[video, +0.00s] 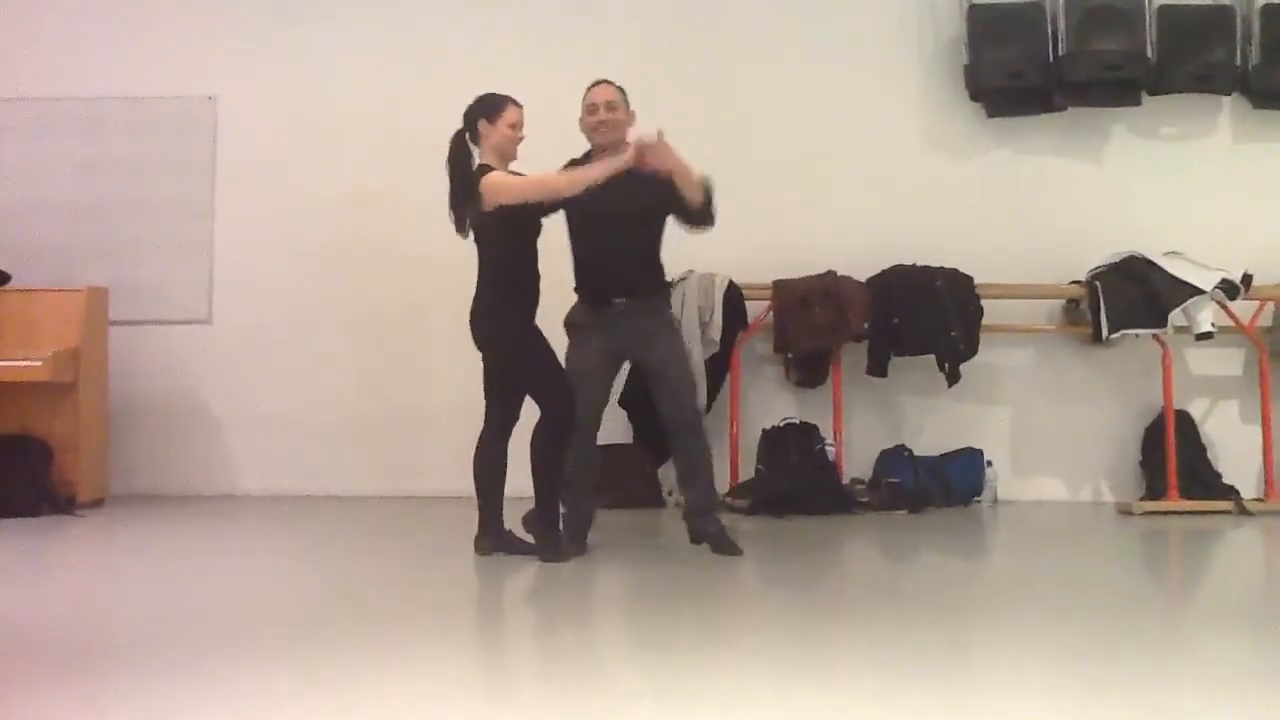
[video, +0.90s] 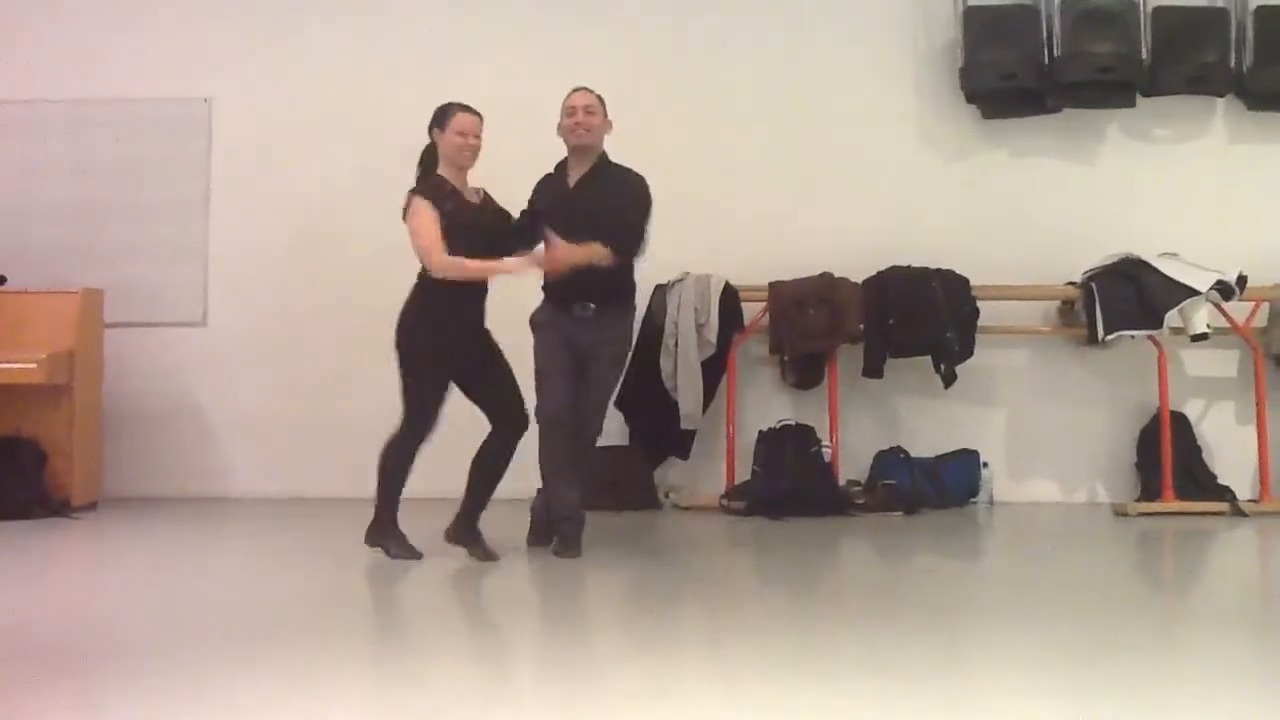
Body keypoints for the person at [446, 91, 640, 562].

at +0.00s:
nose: (521, 135)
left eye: (522, 127)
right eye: (514, 126)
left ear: (496, 131)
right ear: (485, 128)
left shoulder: (503, 182)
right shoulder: (489, 184)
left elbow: (559, 188)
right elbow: (559, 186)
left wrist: (617, 159)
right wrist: (620, 161)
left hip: (507, 316)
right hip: (504, 320)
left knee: (499, 422)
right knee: (561, 405)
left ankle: (490, 530)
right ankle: (545, 518)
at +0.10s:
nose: (514, 137)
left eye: (515, 129)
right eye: (507, 128)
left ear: (490, 134)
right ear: (478, 129)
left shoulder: (497, 180)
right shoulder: (481, 187)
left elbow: (551, 192)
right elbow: (545, 211)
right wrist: (615, 200)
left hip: (502, 317)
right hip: (498, 321)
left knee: (499, 421)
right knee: (558, 402)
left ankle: (490, 531)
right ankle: (545, 519)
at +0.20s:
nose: (504, 141)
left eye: (504, 132)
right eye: (496, 132)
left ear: (480, 137)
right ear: (466, 134)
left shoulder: (487, 189)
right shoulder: (464, 197)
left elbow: (534, 212)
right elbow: (502, 261)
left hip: (490, 322)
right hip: (480, 326)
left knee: (494, 424)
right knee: (546, 404)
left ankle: (489, 531)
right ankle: (521, 520)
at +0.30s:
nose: (496, 141)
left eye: (497, 132)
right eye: (487, 131)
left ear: (483, 137)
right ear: (458, 133)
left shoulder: (479, 189)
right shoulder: (454, 196)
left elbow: (514, 231)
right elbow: (473, 267)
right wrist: (544, 272)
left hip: (489, 320)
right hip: (471, 324)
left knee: (532, 411)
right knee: (496, 422)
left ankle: (479, 506)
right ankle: (488, 531)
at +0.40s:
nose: (487, 143)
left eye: (489, 135)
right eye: (478, 134)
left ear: (483, 141)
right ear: (449, 136)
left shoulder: (471, 190)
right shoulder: (444, 195)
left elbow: (491, 242)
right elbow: (459, 263)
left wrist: (528, 235)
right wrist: (517, 247)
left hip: (481, 321)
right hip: (462, 325)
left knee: (496, 424)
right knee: (498, 424)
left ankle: (492, 533)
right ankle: (429, 501)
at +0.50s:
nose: (474, 141)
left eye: (478, 134)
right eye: (465, 133)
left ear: (481, 141)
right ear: (439, 136)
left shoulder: (475, 196)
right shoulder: (429, 193)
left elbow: (512, 246)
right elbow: (447, 248)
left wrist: (537, 209)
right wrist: (495, 209)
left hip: (470, 325)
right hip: (437, 325)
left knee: (501, 421)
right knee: (446, 426)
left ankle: (489, 532)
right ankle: (389, 518)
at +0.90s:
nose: (471, 143)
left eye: (476, 136)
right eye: (462, 134)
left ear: (481, 143)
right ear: (437, 136)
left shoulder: (480, 197)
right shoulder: (424, 198)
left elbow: (516, 238)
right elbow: (437, 263)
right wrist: (507, 266)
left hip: (467, 327)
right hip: (427, 325)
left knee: (511, 420)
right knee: (417, 423)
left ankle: (466, 522)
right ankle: (383, 523)